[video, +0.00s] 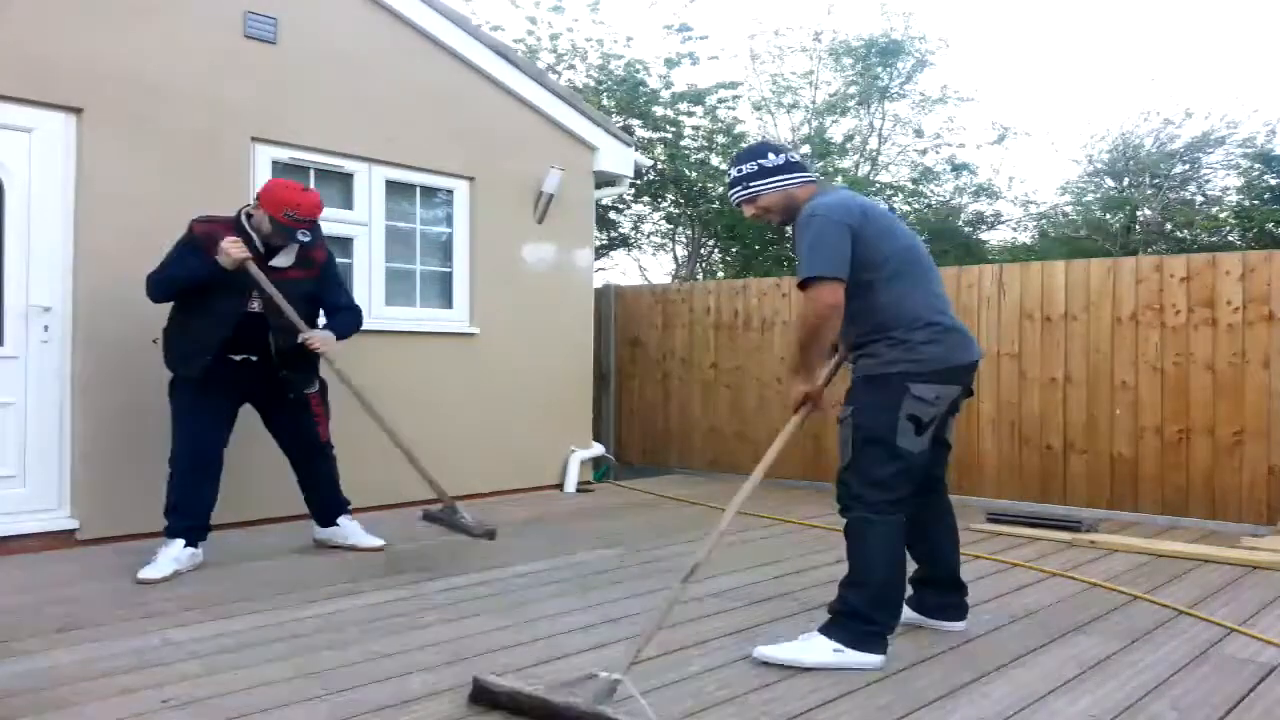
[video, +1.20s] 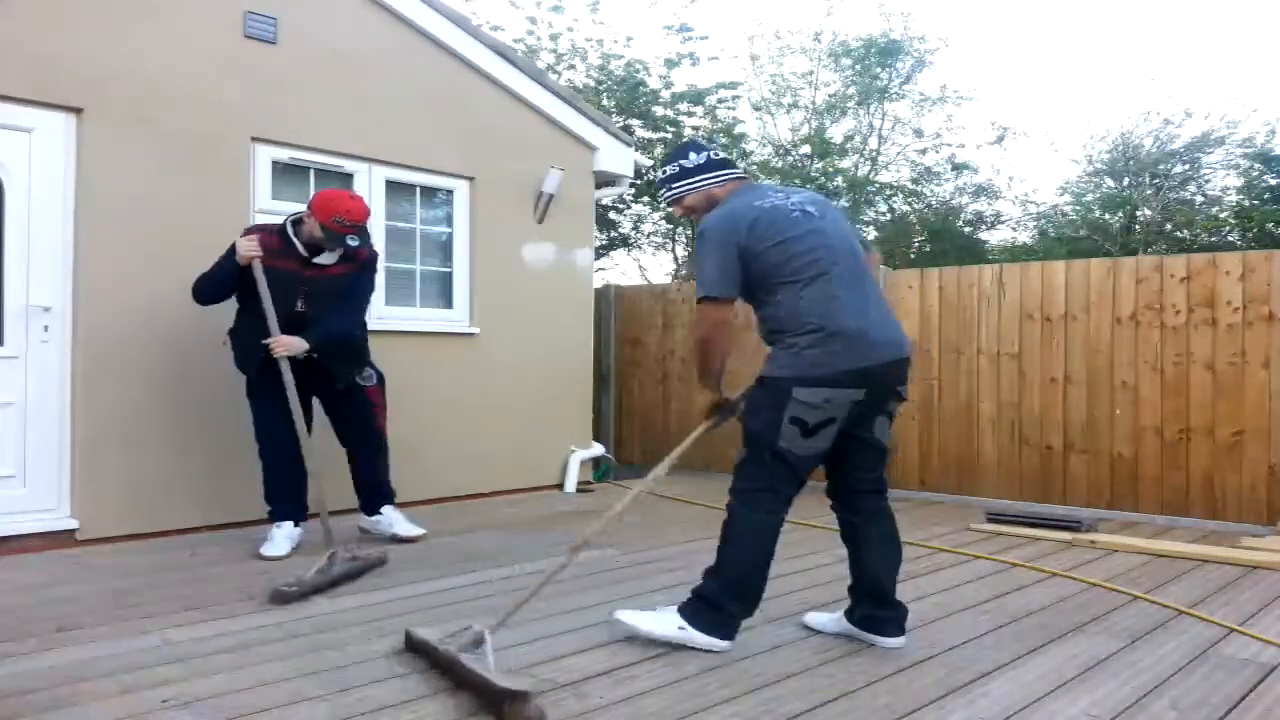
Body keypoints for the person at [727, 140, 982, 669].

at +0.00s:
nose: (750, 214)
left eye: (750, 200)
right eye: (743, 205)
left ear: (776, 183)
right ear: (795, 177)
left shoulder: (822, 213)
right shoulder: (852, 206)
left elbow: (826, 303)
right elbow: (861, 308)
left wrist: (804, 375)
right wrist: (820, 377)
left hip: (902, 366)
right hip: (942, 360)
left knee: (869, 496)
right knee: (922, 487)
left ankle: (858, 634)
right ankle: (941, 602)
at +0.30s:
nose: (724, 223)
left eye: (722, 210)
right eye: (717, 216)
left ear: (745, 192)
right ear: (761, 186)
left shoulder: (794, 216)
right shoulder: (824, 216)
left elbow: (765, 313)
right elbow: (807, 326)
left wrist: (726, 389)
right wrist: (756, 367)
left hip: (893, 365)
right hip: (943, 356)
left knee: (856, 497)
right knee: (918, 487)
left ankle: (857, 635)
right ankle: (931, 606)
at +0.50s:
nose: (723, 209)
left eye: (721, 195)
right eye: (717, 200)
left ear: (743, 177)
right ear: (764, 167)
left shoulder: (789, 206)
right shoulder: (824, 197)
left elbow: (759, 299)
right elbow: (843, 276)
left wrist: (713, 371)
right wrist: (787, 317)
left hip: (886, 361)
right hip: (932, 355)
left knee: (866, 496)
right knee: (910, 491)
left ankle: (857, 636)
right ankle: (924, 613)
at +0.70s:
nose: (736, 193)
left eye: (735, 180)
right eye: (730, 185)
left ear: (761, 159)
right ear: (780, 155)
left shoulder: (783, 203)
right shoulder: (853, 186)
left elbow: (760, 305)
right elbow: (877, 263)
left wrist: (753, 362)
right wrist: (827, 307)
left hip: (865, 364)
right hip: (913, 356)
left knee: (858, 498)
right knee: (876, 492)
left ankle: (861, 637)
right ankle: (871, 613)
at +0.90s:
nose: (735, 192)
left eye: (735, 178)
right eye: (728, 183)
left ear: (764, 162)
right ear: (785, 159)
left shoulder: (775, 210)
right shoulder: (862, 188)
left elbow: (764, 313)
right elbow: (909, 224)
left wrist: (773, 362)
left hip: (843, 363)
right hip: (907, 357)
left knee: (784, 483)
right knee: (866, 485)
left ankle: (842, 622)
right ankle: (883, 617)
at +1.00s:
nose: (722, 198)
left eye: (722, 185)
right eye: (717, 189)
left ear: (751, 169)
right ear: (774, 166)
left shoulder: (762, 216)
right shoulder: (847, 190)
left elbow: (758, 316)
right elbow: (907, 228)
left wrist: (763, 371)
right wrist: (862, 294)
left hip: (833, 361)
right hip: (902, 356)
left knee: (767, 476)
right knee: (864, 483)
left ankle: (791, 623)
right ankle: (878, 616)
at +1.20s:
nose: (683, 214)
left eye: (682, 202)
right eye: (677, 207)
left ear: (705, 184)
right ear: (728, 178)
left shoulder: (722, 223)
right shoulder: (811, 200)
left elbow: (713, 324)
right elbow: (866, 267)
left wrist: (712, 389)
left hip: (814, 361)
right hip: (884, 356)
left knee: (761, 487)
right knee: (860, 488)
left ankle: (712, 617)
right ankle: (878, 616)